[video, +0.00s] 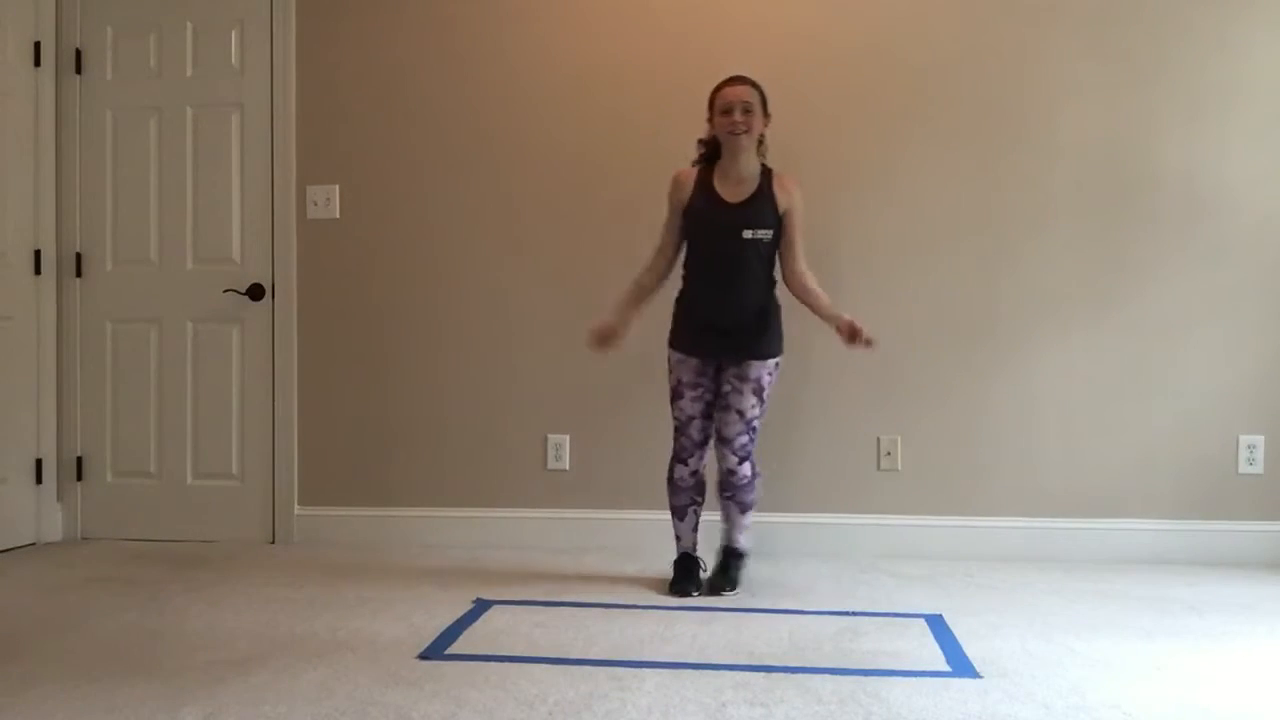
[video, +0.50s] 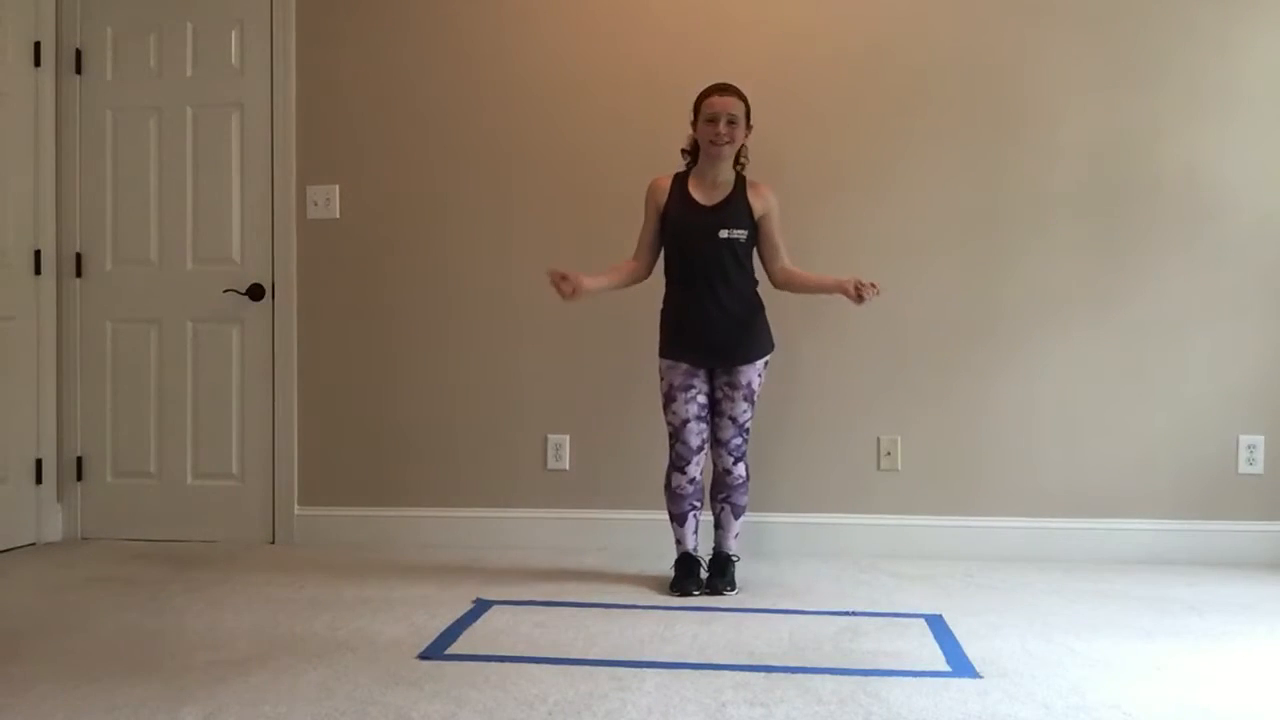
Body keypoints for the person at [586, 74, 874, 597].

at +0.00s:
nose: (736, 118)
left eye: (747, 110)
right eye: (726, 110)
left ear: (764, 121)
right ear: (711, 122)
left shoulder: (781, 189)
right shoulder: (688, 182)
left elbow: (795, 273)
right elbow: (661, 261)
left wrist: (837, 319)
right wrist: (620, 318)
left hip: (754, 342)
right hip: (692, 337)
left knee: (735, 451)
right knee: (688, 449)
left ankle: (733, 551)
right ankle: (685, 556)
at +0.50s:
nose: (721, 129)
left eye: (732, 121)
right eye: (712, 119)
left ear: (745, 131)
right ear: (695, 127)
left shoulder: (758, 197)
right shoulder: (665, 191)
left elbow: (780, 273)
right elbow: (641, 265)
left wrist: (841, 285)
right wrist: (586, 283)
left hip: (742, 345)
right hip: (682, 344)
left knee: (730, 452)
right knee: (687, 449)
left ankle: (725, 555)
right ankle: (686, 556)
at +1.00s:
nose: (717, 128)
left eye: (727, 119)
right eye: (707, 119)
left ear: (742, 128)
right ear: (691, 128)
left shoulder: (756, 196)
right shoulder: (664, 189)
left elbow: (781, 271)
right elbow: (641, 261)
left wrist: (777, 342)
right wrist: (631, 327)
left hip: (737, 346)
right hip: (674, 343)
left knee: (727, 454)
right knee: (678, 452)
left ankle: (724, 555)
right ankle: (685, 556)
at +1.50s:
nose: (722, 147)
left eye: (725, 137)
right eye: (709, 143)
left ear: (730, 138)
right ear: (682, 152)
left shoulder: (747, 191)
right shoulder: (663, 200)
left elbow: (805, 214)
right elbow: (609, 230)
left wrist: (810, 166)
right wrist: (617, 165)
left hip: (739, 343)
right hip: (679, 342)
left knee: (730, 451)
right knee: (680, 451)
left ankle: (724, 556)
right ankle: (686, 558)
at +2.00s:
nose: (705, 129)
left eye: (713, 119)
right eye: (693, 121)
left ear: (724, 125)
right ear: (674, 130)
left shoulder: (750, 188)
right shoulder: (656, 192)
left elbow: (762, 265)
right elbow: (646, 268)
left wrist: (774, 333)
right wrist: (628, 333)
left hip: (736, 344)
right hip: (675, 343)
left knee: (728, 451)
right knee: (680, 451)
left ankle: (724, 555)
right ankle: (686, 557)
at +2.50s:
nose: (703, 130)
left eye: (712, 121)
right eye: (692, 123)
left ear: (724, 128)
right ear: (674, 131)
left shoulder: (746, 190)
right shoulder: (654, 191)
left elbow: (759, 257)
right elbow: (636, 259)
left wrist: (761, 311)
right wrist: (617, 309)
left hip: (728, 341)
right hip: (668, 340)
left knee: (724, 448)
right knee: (676, 448)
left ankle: (723, 555)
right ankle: (684, 557)